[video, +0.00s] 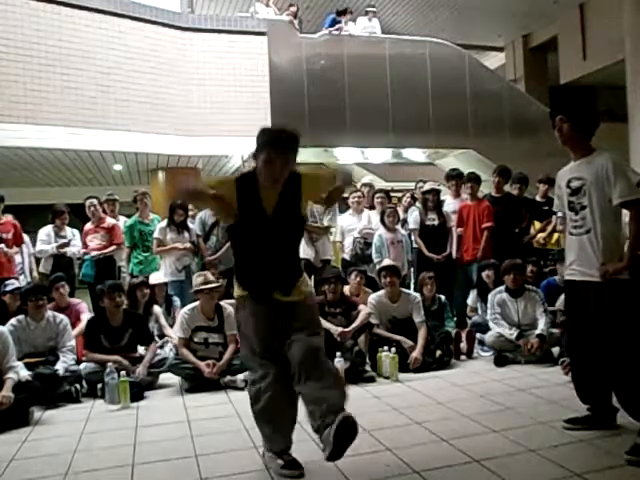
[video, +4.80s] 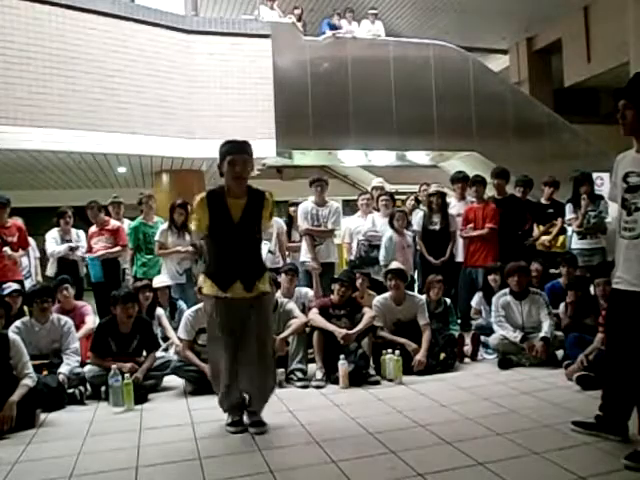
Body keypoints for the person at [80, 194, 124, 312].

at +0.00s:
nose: (92, 209)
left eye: (95, 206)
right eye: (89, 207)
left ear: (100, 207)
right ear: (87, 210)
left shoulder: (112, 224)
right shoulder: (87, 227)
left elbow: (118, 244)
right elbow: (84, 245)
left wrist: (101, 253)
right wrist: (84, 251)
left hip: (107, 259)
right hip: (91, 260)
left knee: (110, 291)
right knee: (94, 293)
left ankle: (112, 318)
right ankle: (98, 319)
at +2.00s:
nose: (93, 212)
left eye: (95, 209)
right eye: (91, 210)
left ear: (104, 209)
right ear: (89, 213)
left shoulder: (116, 226)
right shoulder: (90, 230)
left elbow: (122, 246)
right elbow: (88, 248)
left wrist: (104, 255)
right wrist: (87, 255)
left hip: (111, 261)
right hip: (95, 263)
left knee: (113, 294)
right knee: (99, 296)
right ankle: (104, 324)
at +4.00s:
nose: (95, 213)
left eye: (98, 210)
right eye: (92, 211)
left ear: (104, 210)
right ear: (90, 214)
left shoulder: (116, 226)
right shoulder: (91, 230)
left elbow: (122, 246)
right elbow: (88, 250)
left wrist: (105, 256)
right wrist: (88, 256)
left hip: (111, 263)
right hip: (96, 265)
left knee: (113, 296)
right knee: (100, 300)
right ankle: (104, 326)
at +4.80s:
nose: (92, 219)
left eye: (94, 215)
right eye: (90, 216)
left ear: (101, 212)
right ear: (88, 215)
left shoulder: (116, 227)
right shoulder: (91, 230)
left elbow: (123, 247)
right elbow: (89, 249)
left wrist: (104, 253)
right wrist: (87, 255)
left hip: (111, 262)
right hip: (96, 264)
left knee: (114, 295)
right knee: (100, 298)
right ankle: (104, 325)